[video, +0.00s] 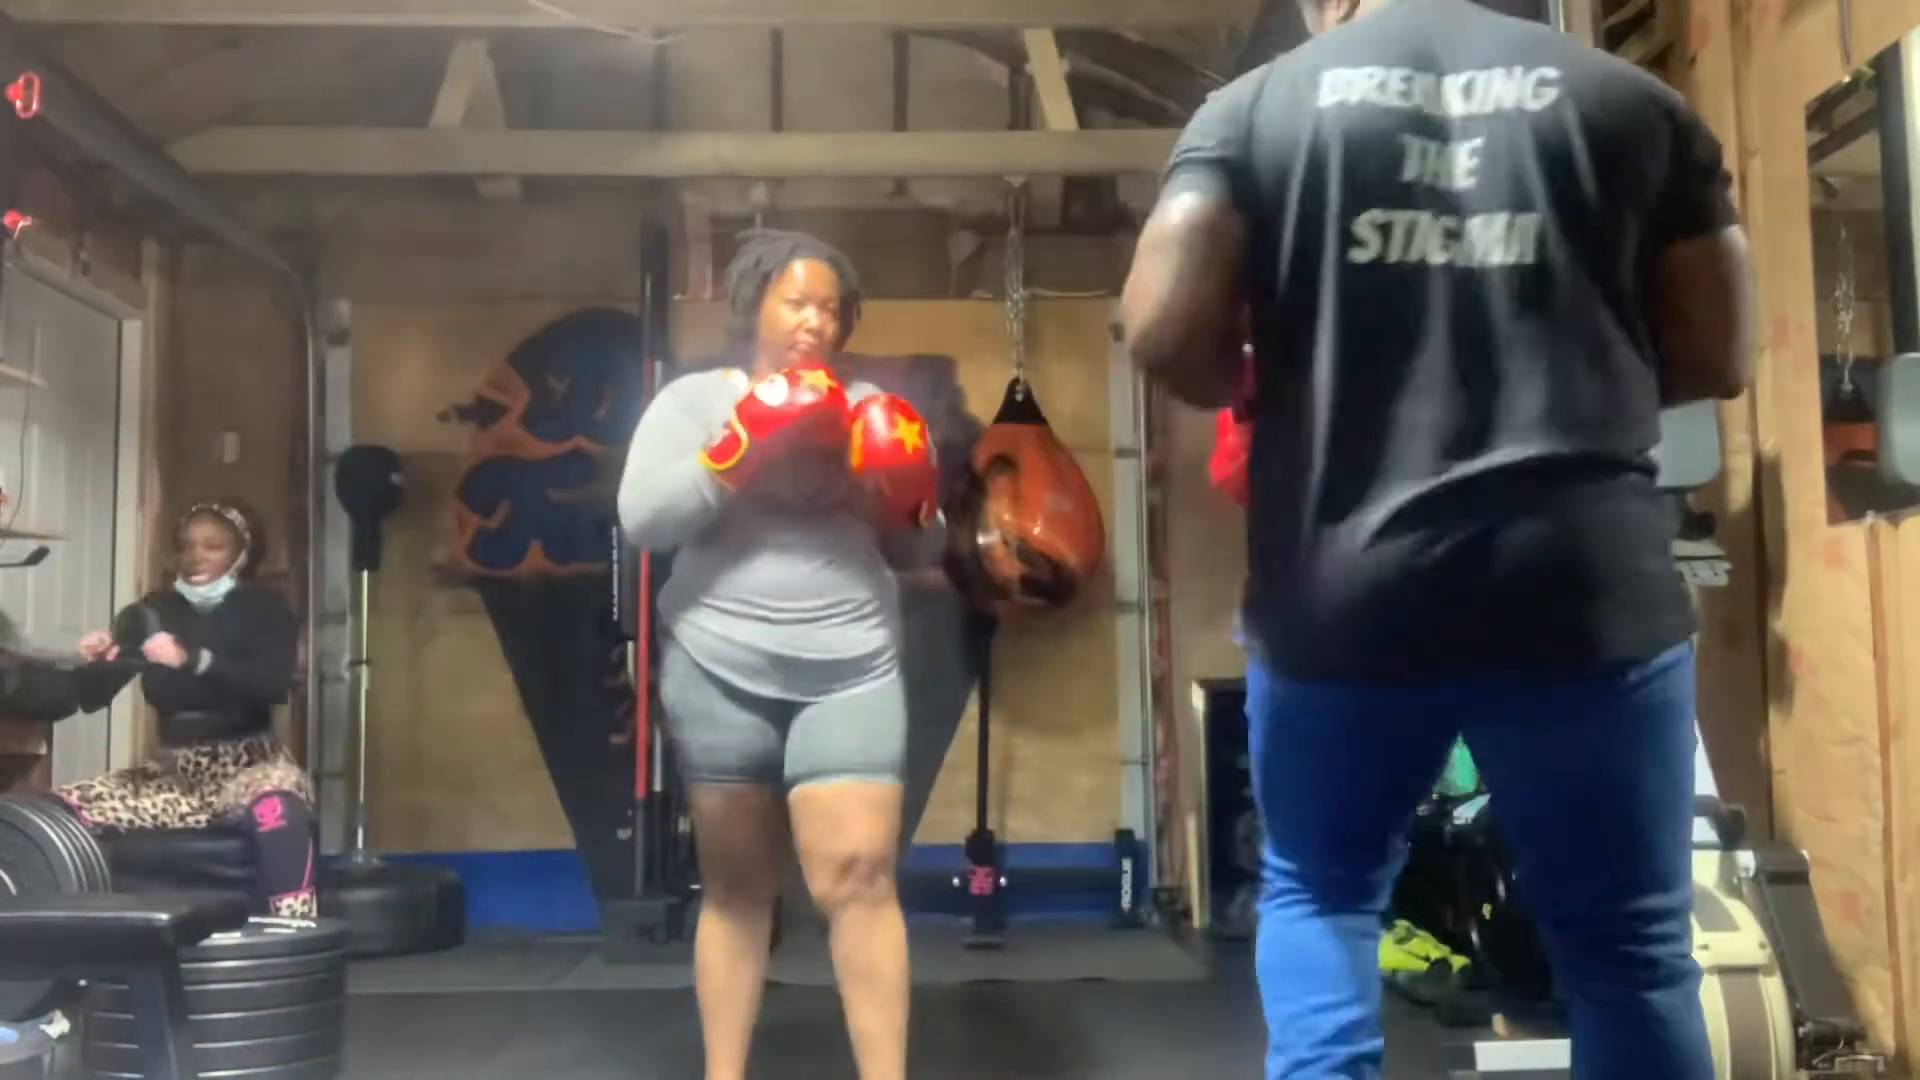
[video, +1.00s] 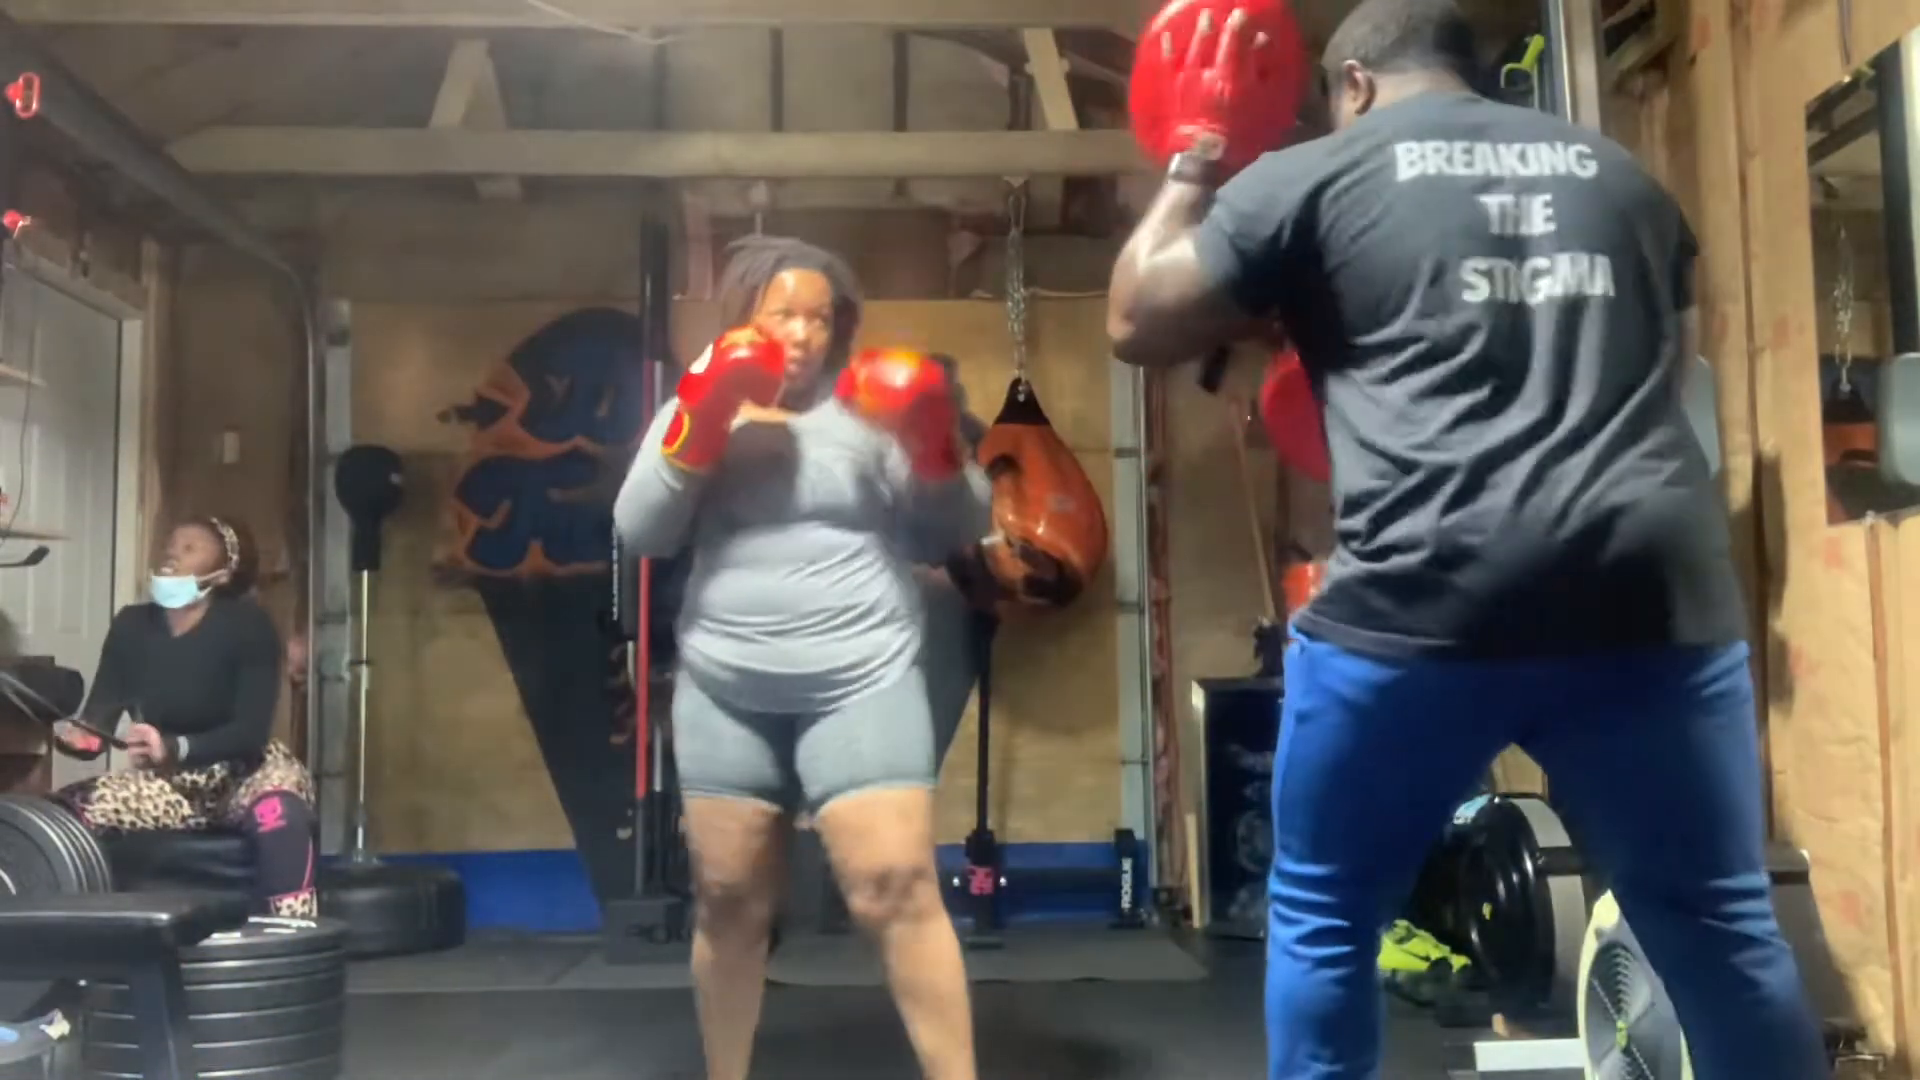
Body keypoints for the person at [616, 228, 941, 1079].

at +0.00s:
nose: (813, 322)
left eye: (829, 308)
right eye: (794, 304)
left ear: (846, 321)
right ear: (751, 311)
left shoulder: (872, 410)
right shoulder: (691, 402)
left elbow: (920, 552)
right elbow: (640, 523)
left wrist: (903, 491)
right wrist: (739, 462)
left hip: (853, 672)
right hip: (718, 669)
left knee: (860, 878)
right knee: (735, 889)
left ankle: (884, 1075)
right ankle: (725, 1074)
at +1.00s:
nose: (804, 335)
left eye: (821, 319)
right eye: (785, 316)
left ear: (841, 330)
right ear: (744, 324)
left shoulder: (875, 411)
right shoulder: (699, 411)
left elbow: (954, 534)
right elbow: (640, 534)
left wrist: (929, 432)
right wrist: (702, 422)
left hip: (863, 680)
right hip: (722, 685)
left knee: (896, 886)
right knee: (725, 897)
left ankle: (955, 1075)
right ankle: (725, 1075)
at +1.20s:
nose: (836, 304)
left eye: (854, 287)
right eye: (817, 285)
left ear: (879, 299)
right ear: (771, 291)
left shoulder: (923, 362)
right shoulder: (734, 379)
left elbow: (1046, 382)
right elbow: (671, 497)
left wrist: (1019, 292)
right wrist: (747, 385)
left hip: (905, 664)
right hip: (764, 668)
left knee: (912, 884)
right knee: (763, 903)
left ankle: (957, 1075)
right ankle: (733, 1072)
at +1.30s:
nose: (864, 326)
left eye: (883, 311)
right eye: (847, 306)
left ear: (905, 322)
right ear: (805, 307)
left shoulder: (936, 392)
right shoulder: (745, 390)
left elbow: (1050, 474)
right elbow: (698, 528)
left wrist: (1045, 411)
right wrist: (782, 432)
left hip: (922, 679)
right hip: (777, 680)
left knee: (947, 898)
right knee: (764, 912)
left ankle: (967, 1072)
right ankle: (735, 1072)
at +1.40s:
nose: (899, 354)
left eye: (914, 334)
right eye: (877, 334)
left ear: (934, 343)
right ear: (831, 340)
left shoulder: (973, 434)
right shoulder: (780, 429)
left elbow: (1029, 573)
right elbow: (722, 586)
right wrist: (801, 524)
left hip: (935, 713)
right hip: (784, 709)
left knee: (969, 920)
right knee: (742, 939)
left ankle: (974, 1074)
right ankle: (704, 1062)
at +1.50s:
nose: (920, 395)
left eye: (934, 374)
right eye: (897, 375)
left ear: (952, 380)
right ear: (850, 382)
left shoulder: (994, 467)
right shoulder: (798, 471)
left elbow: (1034, 596)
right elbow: (747, 634)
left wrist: (1057, 574)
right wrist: (831, 583)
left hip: (939, 742)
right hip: (779, 734)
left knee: (998, 933)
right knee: (730, 928)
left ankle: (979, 1076)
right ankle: (628, 1070)